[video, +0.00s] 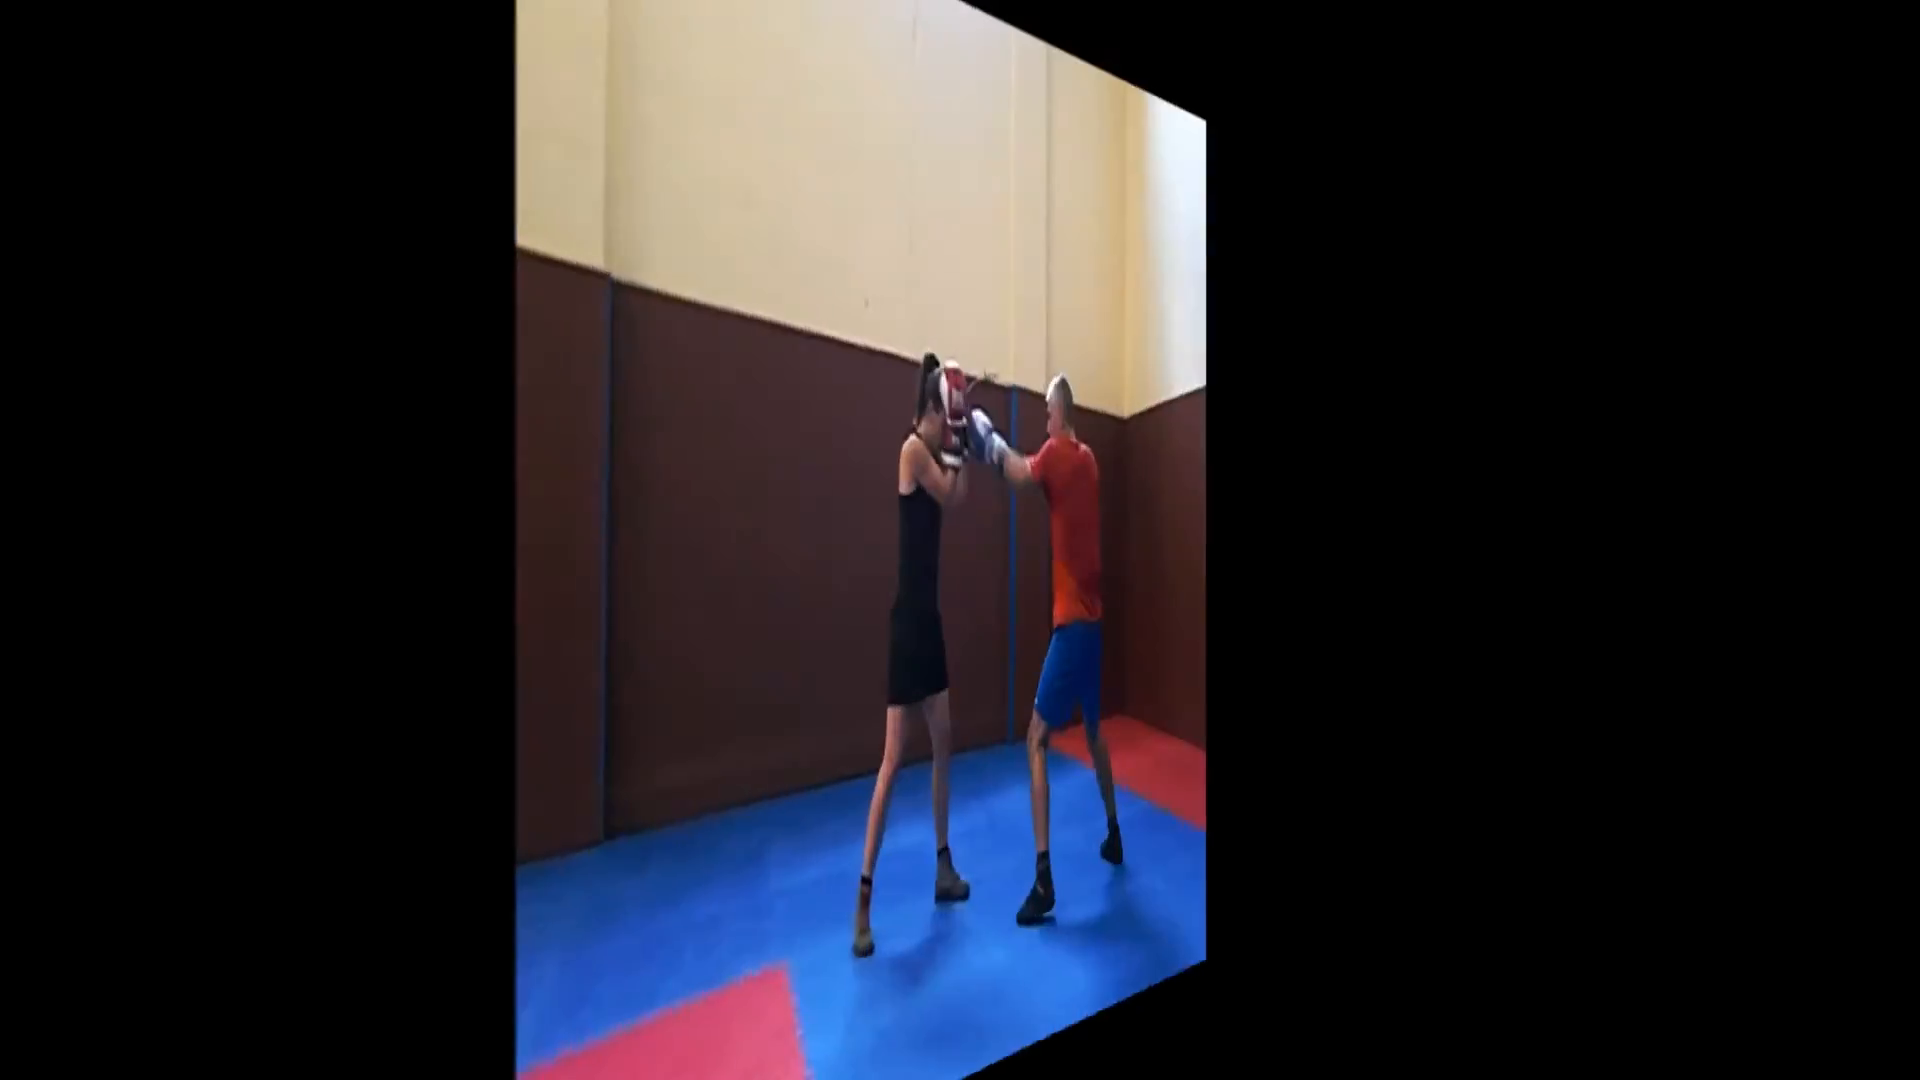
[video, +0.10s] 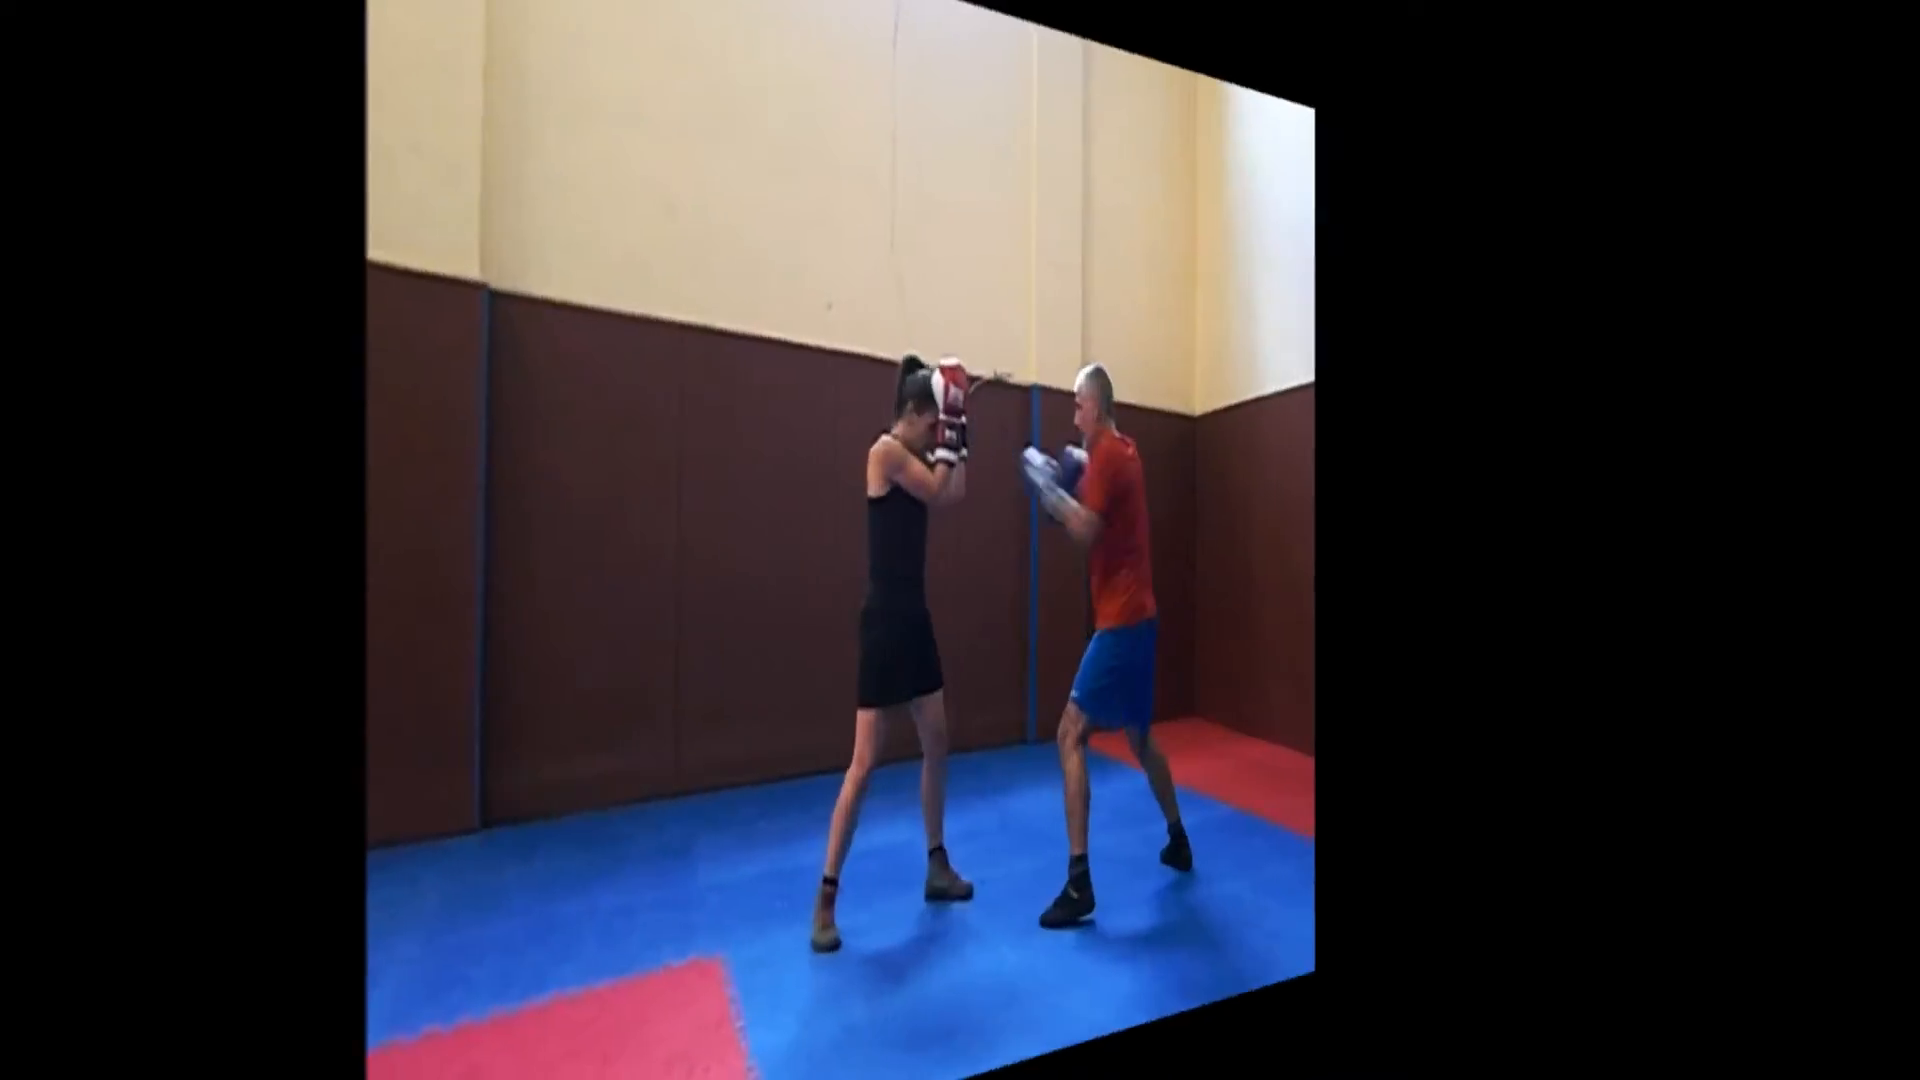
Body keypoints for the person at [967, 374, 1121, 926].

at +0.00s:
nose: (1044, 416)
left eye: (1046, 408)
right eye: (1047, 409)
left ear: (1053, 412)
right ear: (1074, 415)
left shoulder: (1059, 454)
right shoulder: (1081, 458)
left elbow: (1016, 473)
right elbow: (1022, 469)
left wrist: (981, 432)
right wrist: (988, 438)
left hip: (1071, 627)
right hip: (1091, 623)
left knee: (1035, 739)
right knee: (1094, 734)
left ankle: (1043, 880)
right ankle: (1113, 835)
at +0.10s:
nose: (1074, 412)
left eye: (1080, 403)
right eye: (1075, 403)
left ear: (1101, 405)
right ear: (1099, 405)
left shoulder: (1106, 456)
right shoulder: (1118, 449)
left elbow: (1085, 529)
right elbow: (1091, 516)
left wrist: (1047, 490)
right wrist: (1060, 481)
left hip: (1120, 621)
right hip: (1133, 617)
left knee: (1070, 735)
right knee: (1140, 737)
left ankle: (1078, 884)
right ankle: (1178, 839)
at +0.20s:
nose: (1105, 419)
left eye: (1111, 409)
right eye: (1104, 410)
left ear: (1138, 412)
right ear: (1121, 413)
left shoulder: (1173, 466)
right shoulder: (1120, 458)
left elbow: (1189, 549)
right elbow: (1081, 463)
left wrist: (1137, 522)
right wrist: (1047, 445)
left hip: (1173, 626)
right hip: (1157, 625)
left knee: (1113, 740)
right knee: (1180, 751)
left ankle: (1112, 892)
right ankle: (1237, 843)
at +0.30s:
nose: (1135, 433)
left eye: (1143, 422)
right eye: (1134, 422)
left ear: (1175, 427)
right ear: (1151, 426)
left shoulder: (1221, 477)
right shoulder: (1142, 465)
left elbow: (1251, 557)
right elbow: (1070, 456)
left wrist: (1195, 537)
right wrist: (1008, 435)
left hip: (1218, 637)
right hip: (1188, 639)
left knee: (1141, 741)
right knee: (1212, 765)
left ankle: (1139, 899)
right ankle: (1290, 854)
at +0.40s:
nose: (1148, 420)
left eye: (1157, 409)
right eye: (1148, 410)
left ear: (1189, 413)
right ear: (1172, 413)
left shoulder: (1240, 467)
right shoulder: (1164, 458)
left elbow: (1270, 554)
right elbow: (1108, 476)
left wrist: (1205, 530)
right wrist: (1057, 456)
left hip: (1231, 637)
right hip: (1205, 635)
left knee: (1140, 744)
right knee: (1250, 763)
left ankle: (1155, 903)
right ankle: (1331, 862)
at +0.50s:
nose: (1148, 405)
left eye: (1155, 392)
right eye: (1147, 393)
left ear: (1186, 391)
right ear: (1195, 393)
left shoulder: (1205, 439)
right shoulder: (1242, 435)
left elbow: (1188, 514)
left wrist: (1112, 476)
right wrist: (1151, 458)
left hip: (1218, 626)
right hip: (1273, 622)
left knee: (1132, 748)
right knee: (1291, 751)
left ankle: (1160, 901)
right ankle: (1355, 870)